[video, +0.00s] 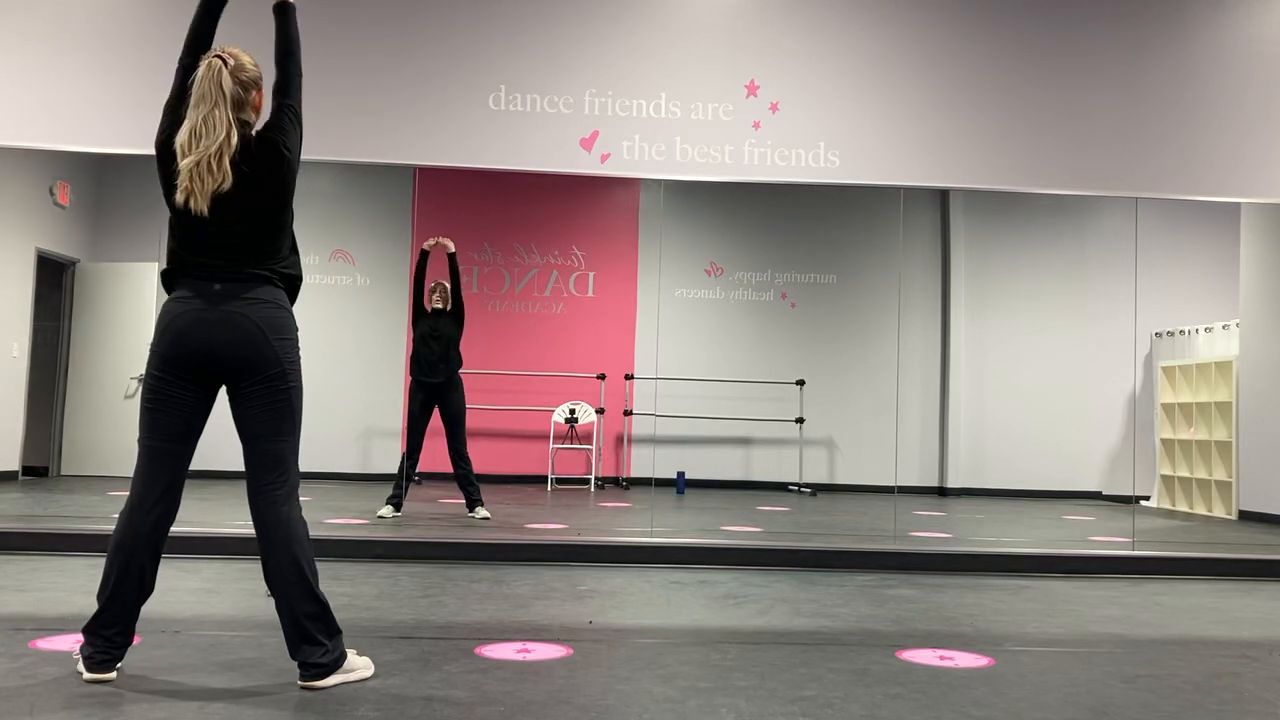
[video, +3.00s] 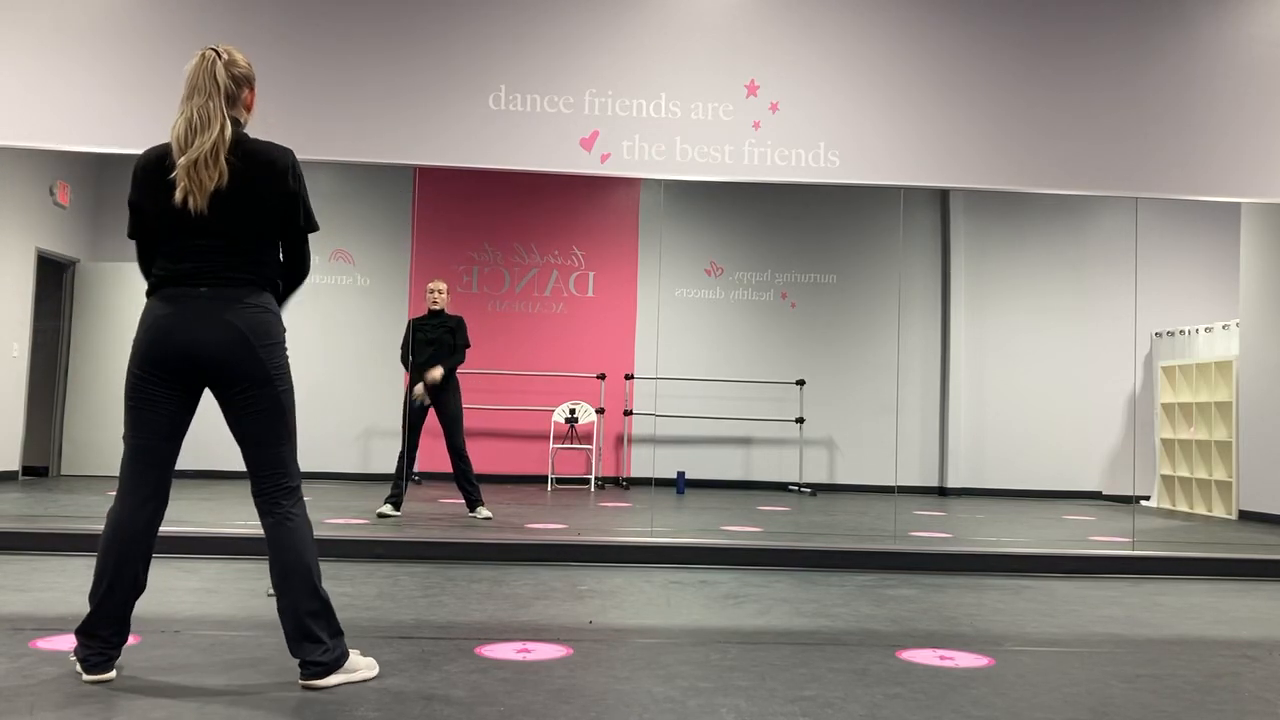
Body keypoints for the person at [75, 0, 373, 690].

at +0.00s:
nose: (264, 99)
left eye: (257, 88)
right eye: (262, 89)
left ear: (197, 93)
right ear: (253, 97)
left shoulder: (175, 146)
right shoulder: (274, 147)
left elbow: (192, 60)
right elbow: (288, 77)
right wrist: (286, 2)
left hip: (183, 319)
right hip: (262, 320)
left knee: (152, 488)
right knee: (276, 494)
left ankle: (102, 647)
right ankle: (318, 656)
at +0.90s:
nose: (268, 99)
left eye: (261, 89)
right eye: (265, 90)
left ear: (205, 97)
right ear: (258, 98)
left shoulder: (177, 153)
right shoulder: (283, 154)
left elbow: (119, 78)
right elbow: (342, 89)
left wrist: (67, 4)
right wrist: (397, 16)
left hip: (183, 320)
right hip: (263, 321)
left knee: (152, 488)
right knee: (275, 495)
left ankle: (102, 648)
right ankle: (319, 657)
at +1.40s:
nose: (266, 101)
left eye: (261, 91)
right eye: (263, 92)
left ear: (203, 98)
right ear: (253, 99)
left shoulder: (167, 156)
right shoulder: (285, 160)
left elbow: (77, 129)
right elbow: (371, 136)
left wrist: (2, 92)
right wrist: (455, 103)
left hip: (182, 318)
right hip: (261, 318)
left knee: (150, 491)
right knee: (275, 493)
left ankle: (101, 650)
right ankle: (319, 656)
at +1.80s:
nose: (263, 101)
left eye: (259, 93)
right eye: (261, 93)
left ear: (199, 99)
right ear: (251, 99)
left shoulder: (166, 167)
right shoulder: (280, 164)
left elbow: (80, 195)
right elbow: (370, 189)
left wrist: (4, 210)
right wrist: (463, 204)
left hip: (180, 321)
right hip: (259, 320)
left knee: (151, 489)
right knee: (275, 492)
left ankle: (102, 649)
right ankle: (319, 656)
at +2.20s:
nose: (262, 105)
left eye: (258, 94)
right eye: (260, 95)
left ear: (198, 96)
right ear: (250, 99)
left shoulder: (161, 170)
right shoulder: (280, 170)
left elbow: (110, 247)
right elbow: (341, 242)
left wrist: (46, 307)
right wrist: (407, 304)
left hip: (180, 325)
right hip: (261, 327)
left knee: (150, 489)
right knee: (274, 495)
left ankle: (102, 649)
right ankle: (318, 656)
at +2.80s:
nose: (258, 101)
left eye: (254, 91)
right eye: (256, 92)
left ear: (194, 94)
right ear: (246, 96)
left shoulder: (155, 166)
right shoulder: (278, 164)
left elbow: (143, 268)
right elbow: (293, 265)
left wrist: (124, 347)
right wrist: (299, 345)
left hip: (165, 327)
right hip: (252, 328)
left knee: (148, 490)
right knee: (271, 497)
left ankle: (102, 649)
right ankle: (317, 655)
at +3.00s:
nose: (256, 102)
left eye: (253, 92)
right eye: (254, 93)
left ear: (191, 94)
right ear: (245, 97)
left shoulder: (153, 164)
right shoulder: (276, 163)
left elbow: (147, 255)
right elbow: (297, 260)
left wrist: (176, 298)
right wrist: (256, 302)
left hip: (165, 323)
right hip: (249, 323)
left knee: (139, 488)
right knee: (280, 493)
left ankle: (97, 649)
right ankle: (321, 656)